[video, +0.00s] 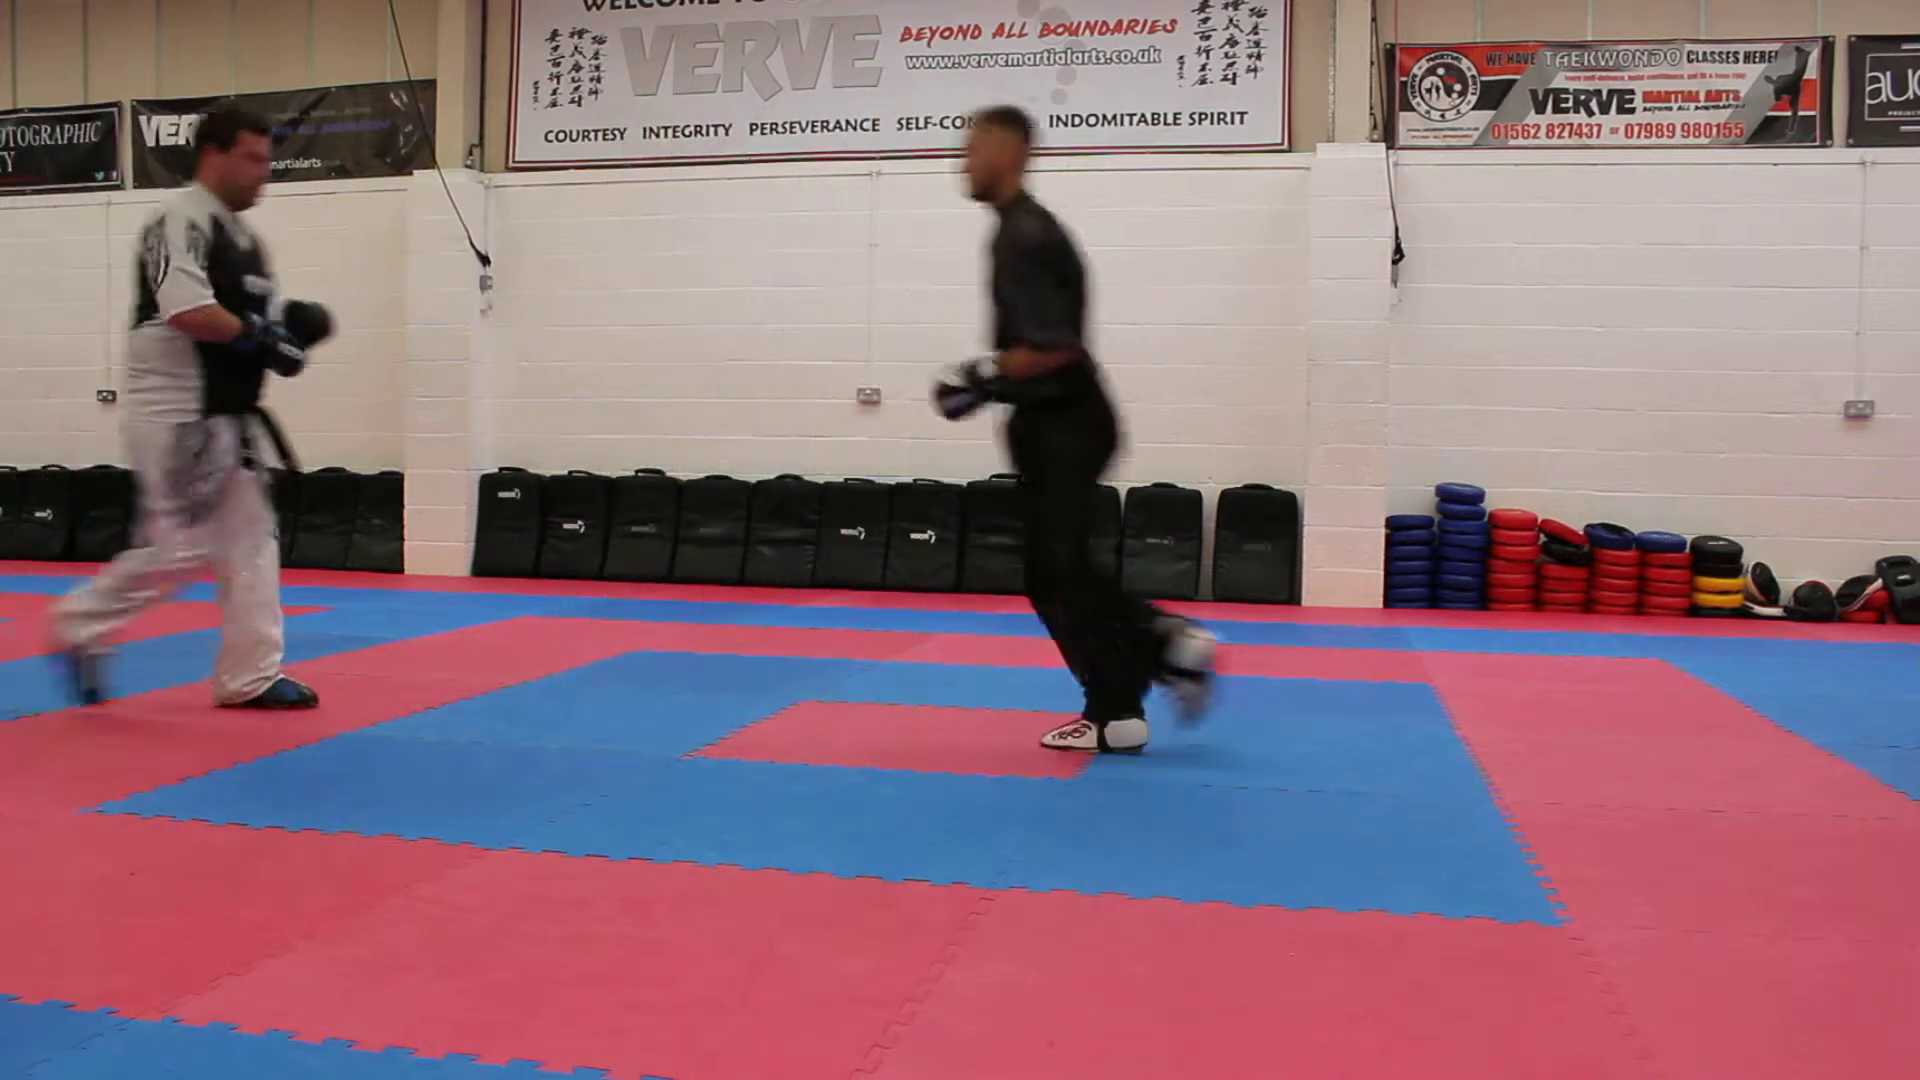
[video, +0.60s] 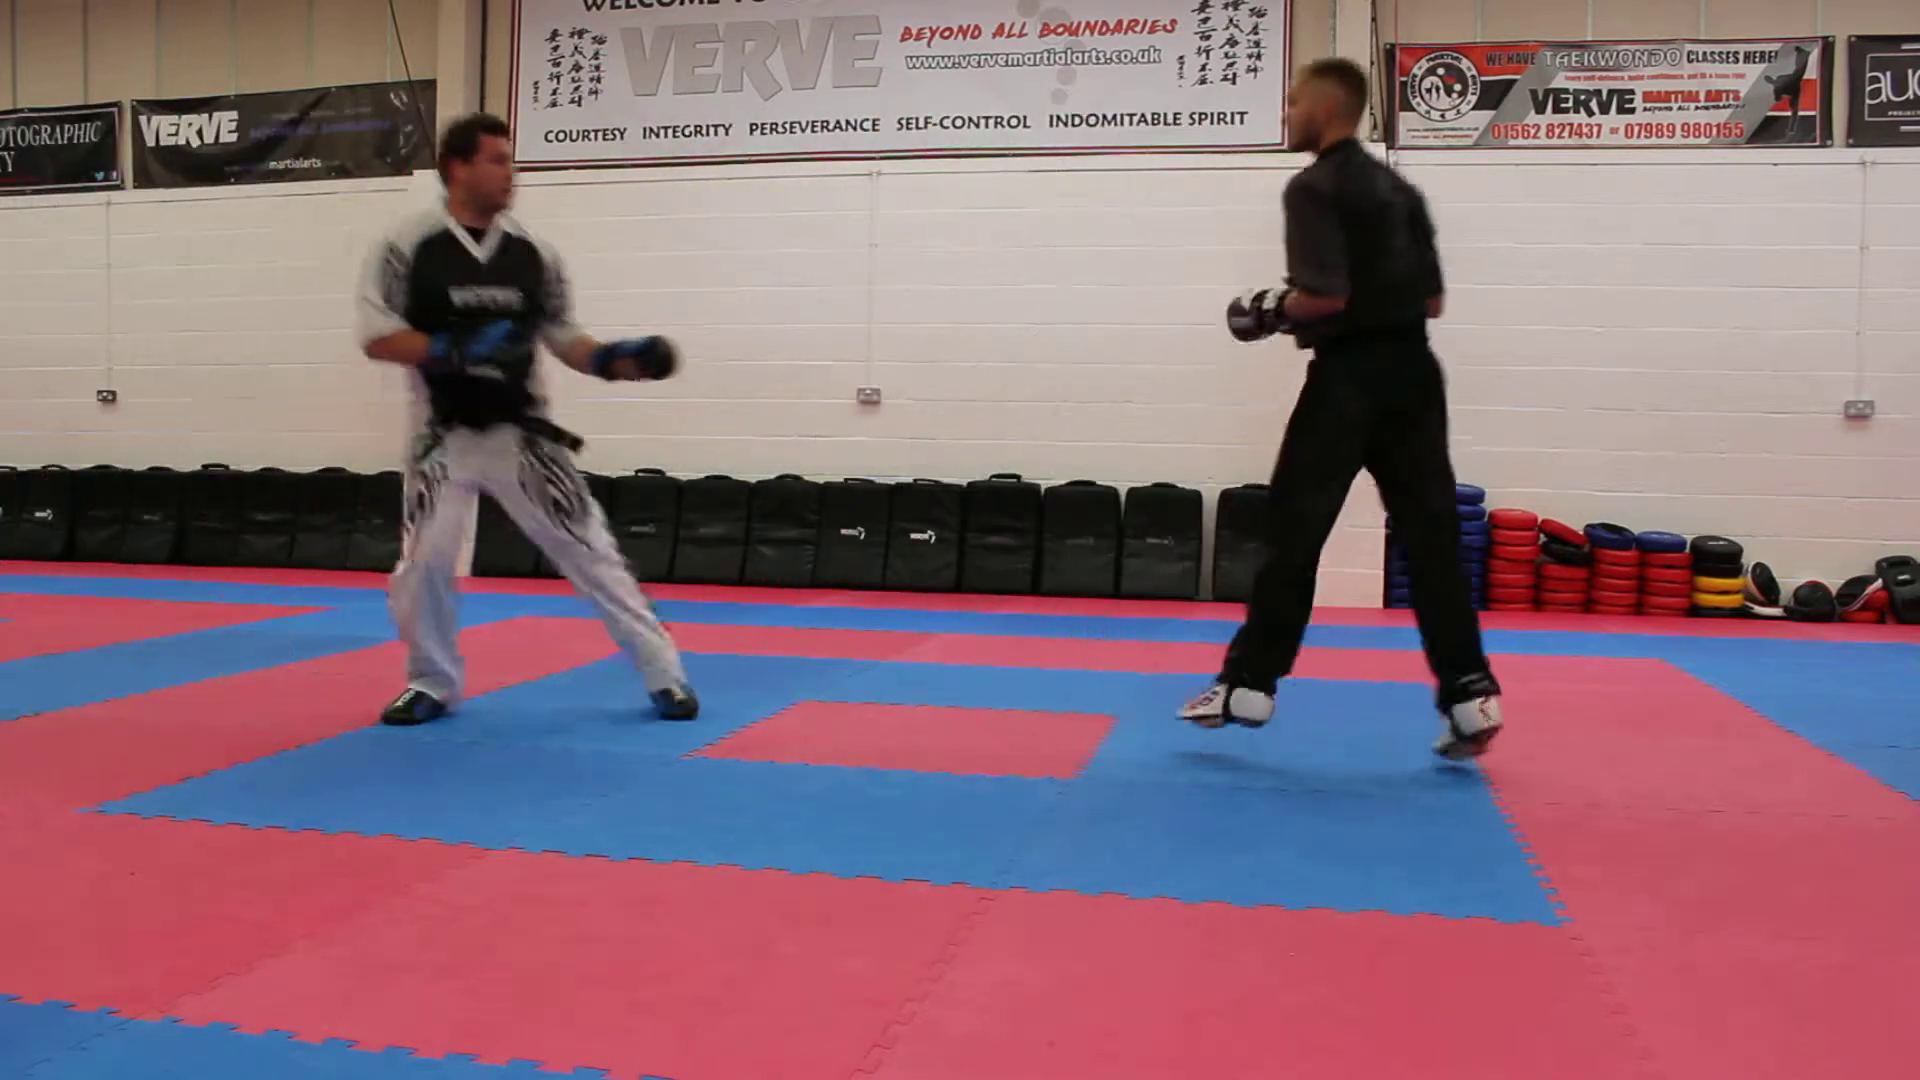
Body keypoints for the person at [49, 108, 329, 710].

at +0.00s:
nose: (265, 173)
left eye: (267, 162)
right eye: (255, 160)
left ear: (246, 164)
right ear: (214, 156)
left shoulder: (242, 235)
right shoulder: (176, 219)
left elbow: (253, 306)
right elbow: (189, 312)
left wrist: (287, 320)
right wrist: (258, 335)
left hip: (227, 414)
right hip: (172, 416)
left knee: (250, 541)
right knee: (180, 545)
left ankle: (248, 675)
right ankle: (78, 624)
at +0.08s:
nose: (300, 166)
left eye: (304, 156)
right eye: (290, 153)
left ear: (299, 159)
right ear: (249, 149)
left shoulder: (293, 237)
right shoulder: (203, 212)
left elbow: (297, 322)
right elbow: (187, 302)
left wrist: (325, 334)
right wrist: (270, 333)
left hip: (261, 399)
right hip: (204, 396)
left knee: (273, 532)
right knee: (256, 527)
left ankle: (248, 672)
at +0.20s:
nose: (345, 164)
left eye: (349, 152)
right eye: (334, 151)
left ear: (347, 155)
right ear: (293, 149)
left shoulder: (354, 237)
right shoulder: (244, 216)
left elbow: (375, 308)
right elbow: (202, 303)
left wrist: (395, 335)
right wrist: (286, 325)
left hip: (325, 400)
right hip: (261, 395)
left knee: (304, 535)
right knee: (317, 528)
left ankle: (249, 670)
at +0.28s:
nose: (373, 164)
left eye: (377, 152)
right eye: (361, 151)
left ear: (378, 159)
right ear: (320, 154)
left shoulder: (391, 243)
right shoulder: (274, 228)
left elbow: (414, 324)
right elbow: (231, 317)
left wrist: (445, 351)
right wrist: (313, 331)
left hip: (368, 405)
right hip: (301, 403)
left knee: (356, 535)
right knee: (355, 530)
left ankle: (280, 648)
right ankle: (392, 674)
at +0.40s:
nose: (420, 162)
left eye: (422, 151)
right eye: (407, 150)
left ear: (422, 158)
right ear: (367, 156)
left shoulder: (441, 240)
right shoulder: (323, 234)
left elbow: (468, 327)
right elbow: (294, 327)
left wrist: (507, 358)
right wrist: (373, 338)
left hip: (426, 416)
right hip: (357, 418)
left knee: (486, 527)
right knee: (387, 549)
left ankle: (410, 626)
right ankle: (394, 678)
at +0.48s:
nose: (456, 157)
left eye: (457, 145)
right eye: (444, 144)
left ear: (454, 152)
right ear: (403, 151)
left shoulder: (475, 236)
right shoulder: (354, 228)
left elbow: (502, 321)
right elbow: (331, 319)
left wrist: (547, 353)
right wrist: (413, 331)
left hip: (465, 408)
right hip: (390, 413)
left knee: (532, 514)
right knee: (397, 549)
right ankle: (399, 679)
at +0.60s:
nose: (511, 175)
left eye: (511, 163)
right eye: (498, 162)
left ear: (499, 171)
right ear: (456, 169)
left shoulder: (532, 257)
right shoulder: (406, 249)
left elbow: (563, 338)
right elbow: (376, 336)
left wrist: (614, 361)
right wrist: (454, 349)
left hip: (521, 435)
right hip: (444, 438)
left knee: (592, 555)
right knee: (425, 563)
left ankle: (665, 676)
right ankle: (431, 685)